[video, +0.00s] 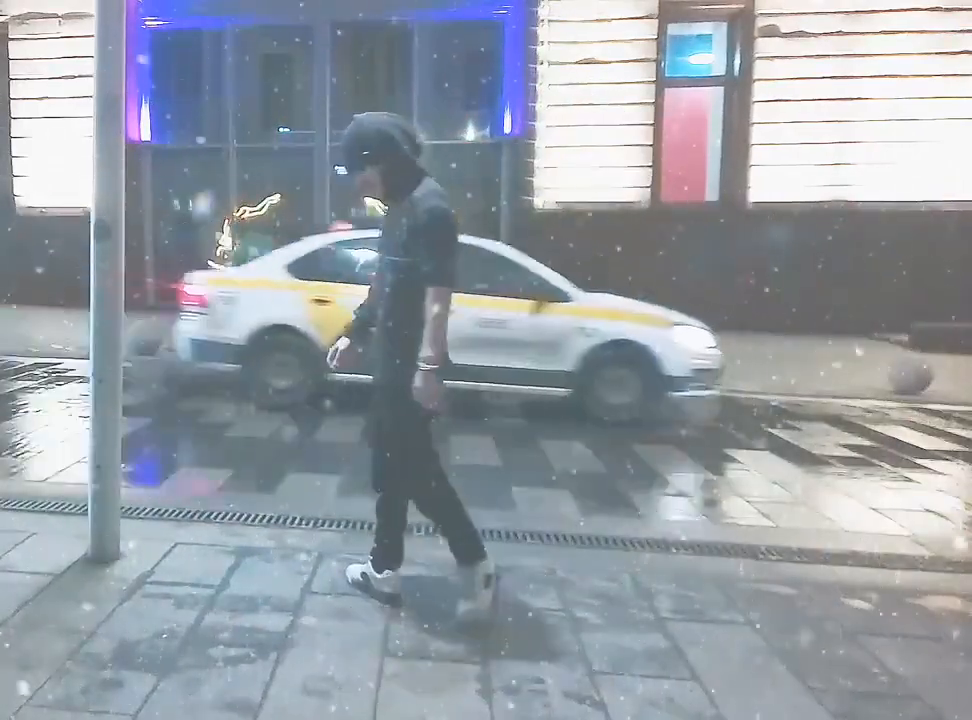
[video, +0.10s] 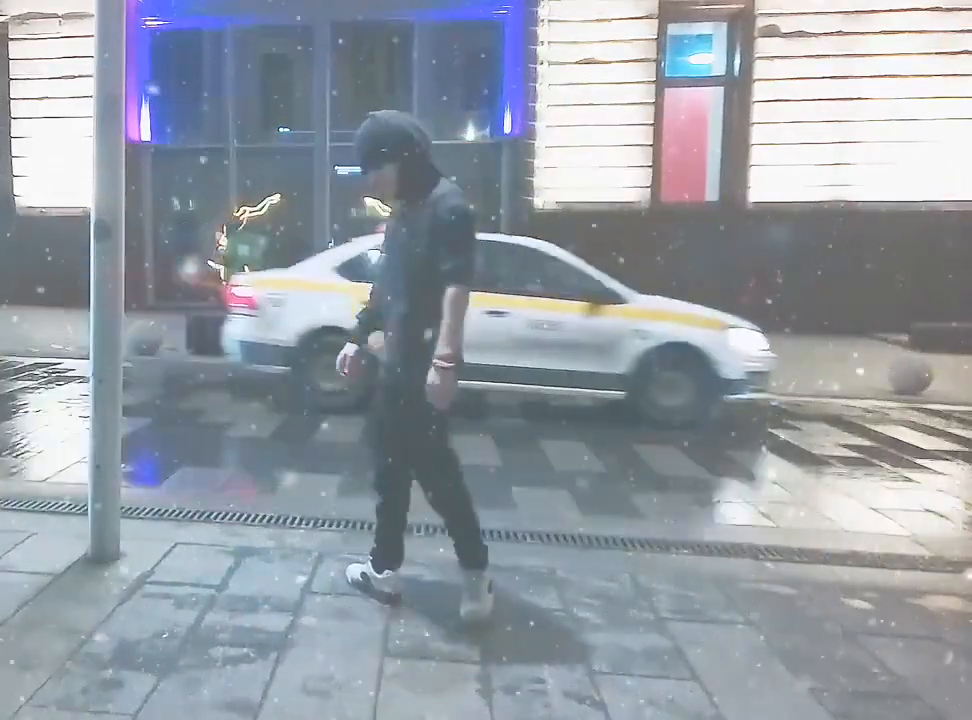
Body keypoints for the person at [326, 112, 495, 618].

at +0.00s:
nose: (360, 184)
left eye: (363, 171)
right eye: (357, 173)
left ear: (388, 161)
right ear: (384, 164)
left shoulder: (430, 211)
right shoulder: (401, 208)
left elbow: (439, 296)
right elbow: (385, 287)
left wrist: (430, 367)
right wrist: (353, 335)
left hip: (408, 360)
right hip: (389, 356)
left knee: (401, 463)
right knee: (401, 462)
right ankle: (384, 569)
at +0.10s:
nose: (370, 184)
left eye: (375, 171)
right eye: (367, 173)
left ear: (403, 160)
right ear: (393, 163)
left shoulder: (447, 209)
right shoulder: (406, 211)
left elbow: (457, 287)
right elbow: (388, 288)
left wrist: (446, 362)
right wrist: (356, 339)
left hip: (422, 358)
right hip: (398, 355)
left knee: (397, 454)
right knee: (417, 458)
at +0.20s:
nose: (387, 178)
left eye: (391, 167)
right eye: (384, 169)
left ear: (416, 159)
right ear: (404, 164)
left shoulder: (466, 207)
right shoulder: (412, 218)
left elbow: (477, 284)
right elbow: (393, 290)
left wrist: (457, 358)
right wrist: (368, 341)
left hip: (440, 361)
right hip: (406, 358)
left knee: (452, 464)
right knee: (395, 459)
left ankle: (479, 567)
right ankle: (385, 565)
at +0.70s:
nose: (460, 173)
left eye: (470, 162)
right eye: (453, 163)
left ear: (492, 158)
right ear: (445, 161)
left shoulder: (532, 211)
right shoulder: (436, 211)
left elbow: (550, 293)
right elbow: (419, 289)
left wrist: (554, 367)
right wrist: (405, 352)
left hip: (499, 368)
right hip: (438, 361)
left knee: (496, 479)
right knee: (413, 467)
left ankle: (483, 579)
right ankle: (393, 577)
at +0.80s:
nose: (470, 171)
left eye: (479, 160)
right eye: (461, 160)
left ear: (501, 157)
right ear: (452, 160)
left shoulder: (535, 212)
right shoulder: (435, 210)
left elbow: (556, 292)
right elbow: (416, 290)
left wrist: (566, 366)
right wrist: (400, 350)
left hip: (502, 366)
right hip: (437, 360)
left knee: (496, 477)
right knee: (416, 466)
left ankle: (484, 576)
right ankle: (395, 577)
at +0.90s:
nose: (479, 170)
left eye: (489, 159)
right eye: (470, 159)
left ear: (508, 158)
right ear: (458, 159)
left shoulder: (537, 212)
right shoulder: (435, 208)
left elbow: (560, 286)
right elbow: (411, 287)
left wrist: (572, 354)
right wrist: (395, 350)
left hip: (501, 366)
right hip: (435, 358)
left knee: (495, 478)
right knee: (415, 470)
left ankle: (483, 576)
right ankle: (394, 580)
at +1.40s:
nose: (459, 168)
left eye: (469, 157)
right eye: (451, 156)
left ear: (483, 157)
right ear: (434, 151)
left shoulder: (491, 214)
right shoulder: (397, 202)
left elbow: (510, 290)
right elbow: (364, 271)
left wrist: (558, 309)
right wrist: (348, 304)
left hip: (461, 364)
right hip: (398, 361)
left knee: (456, 476)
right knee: (379, 476)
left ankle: (477, 572)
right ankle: (362, 580)